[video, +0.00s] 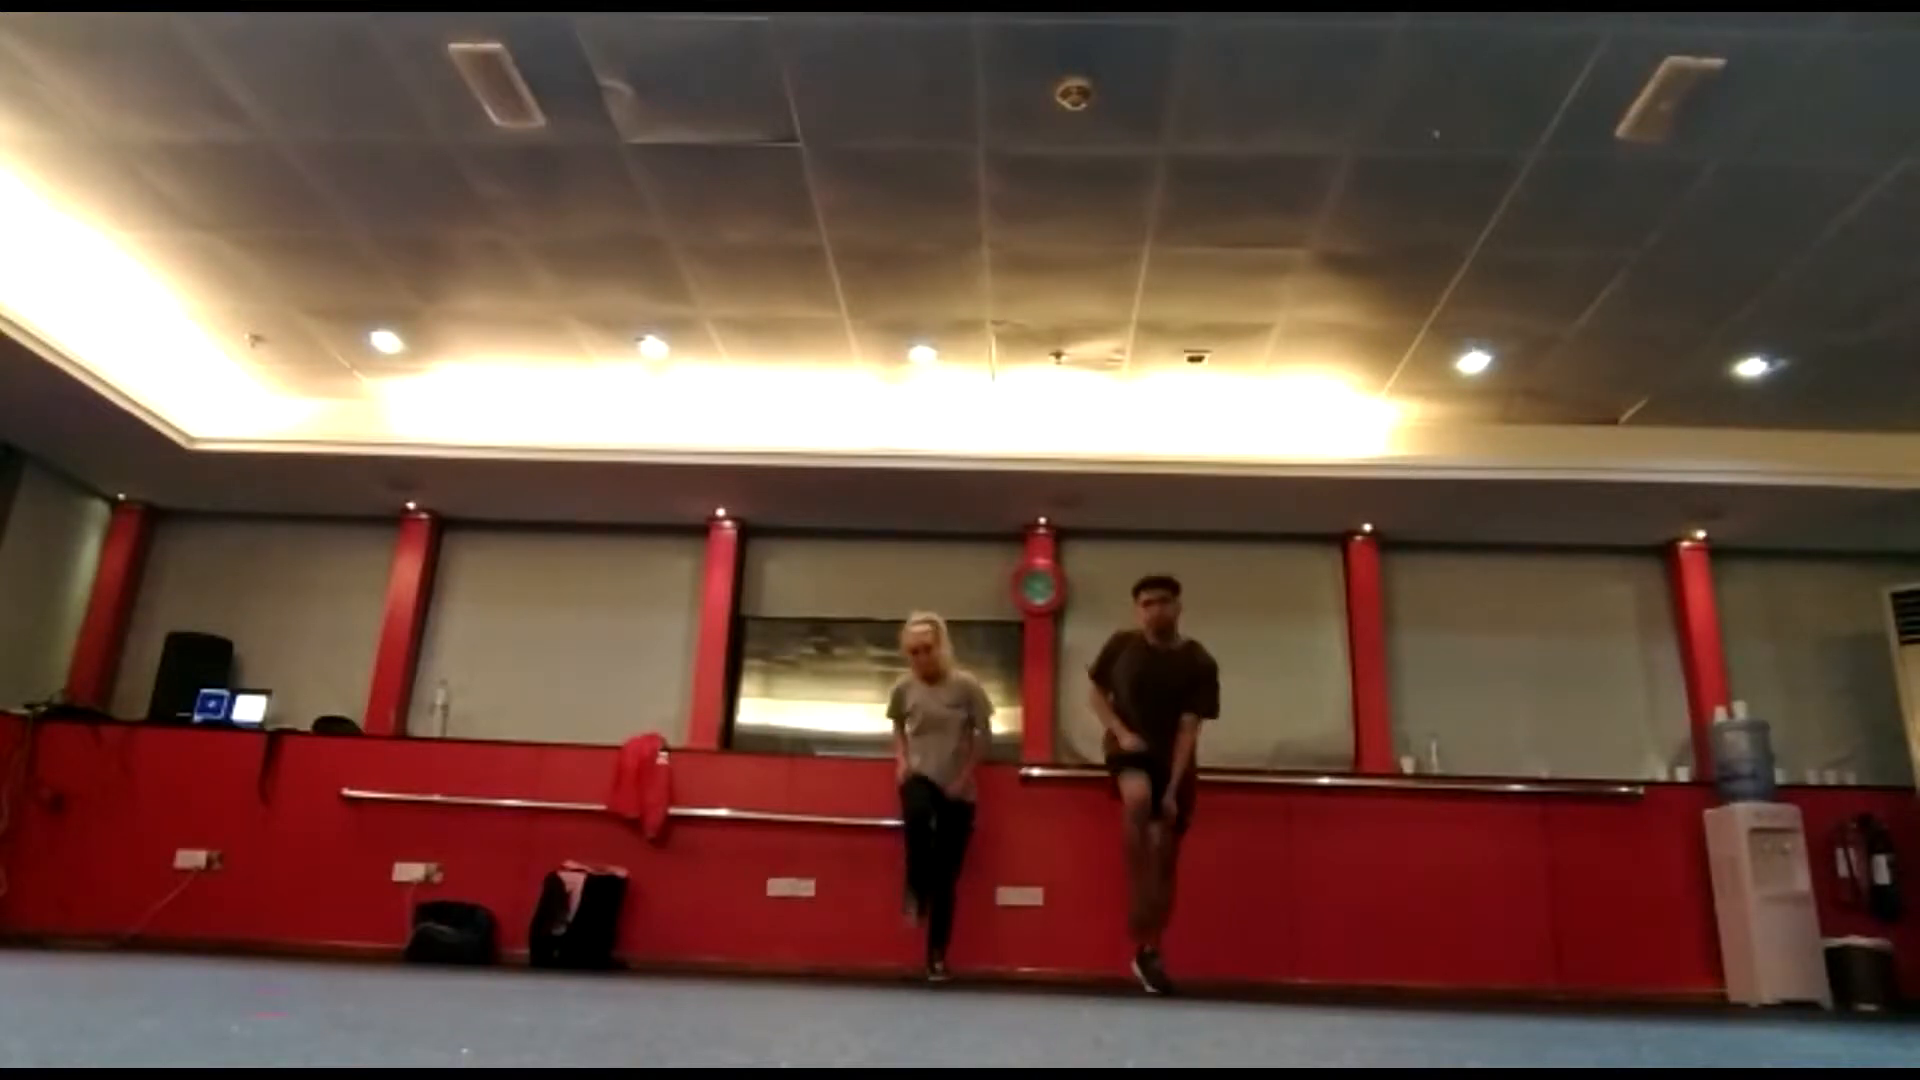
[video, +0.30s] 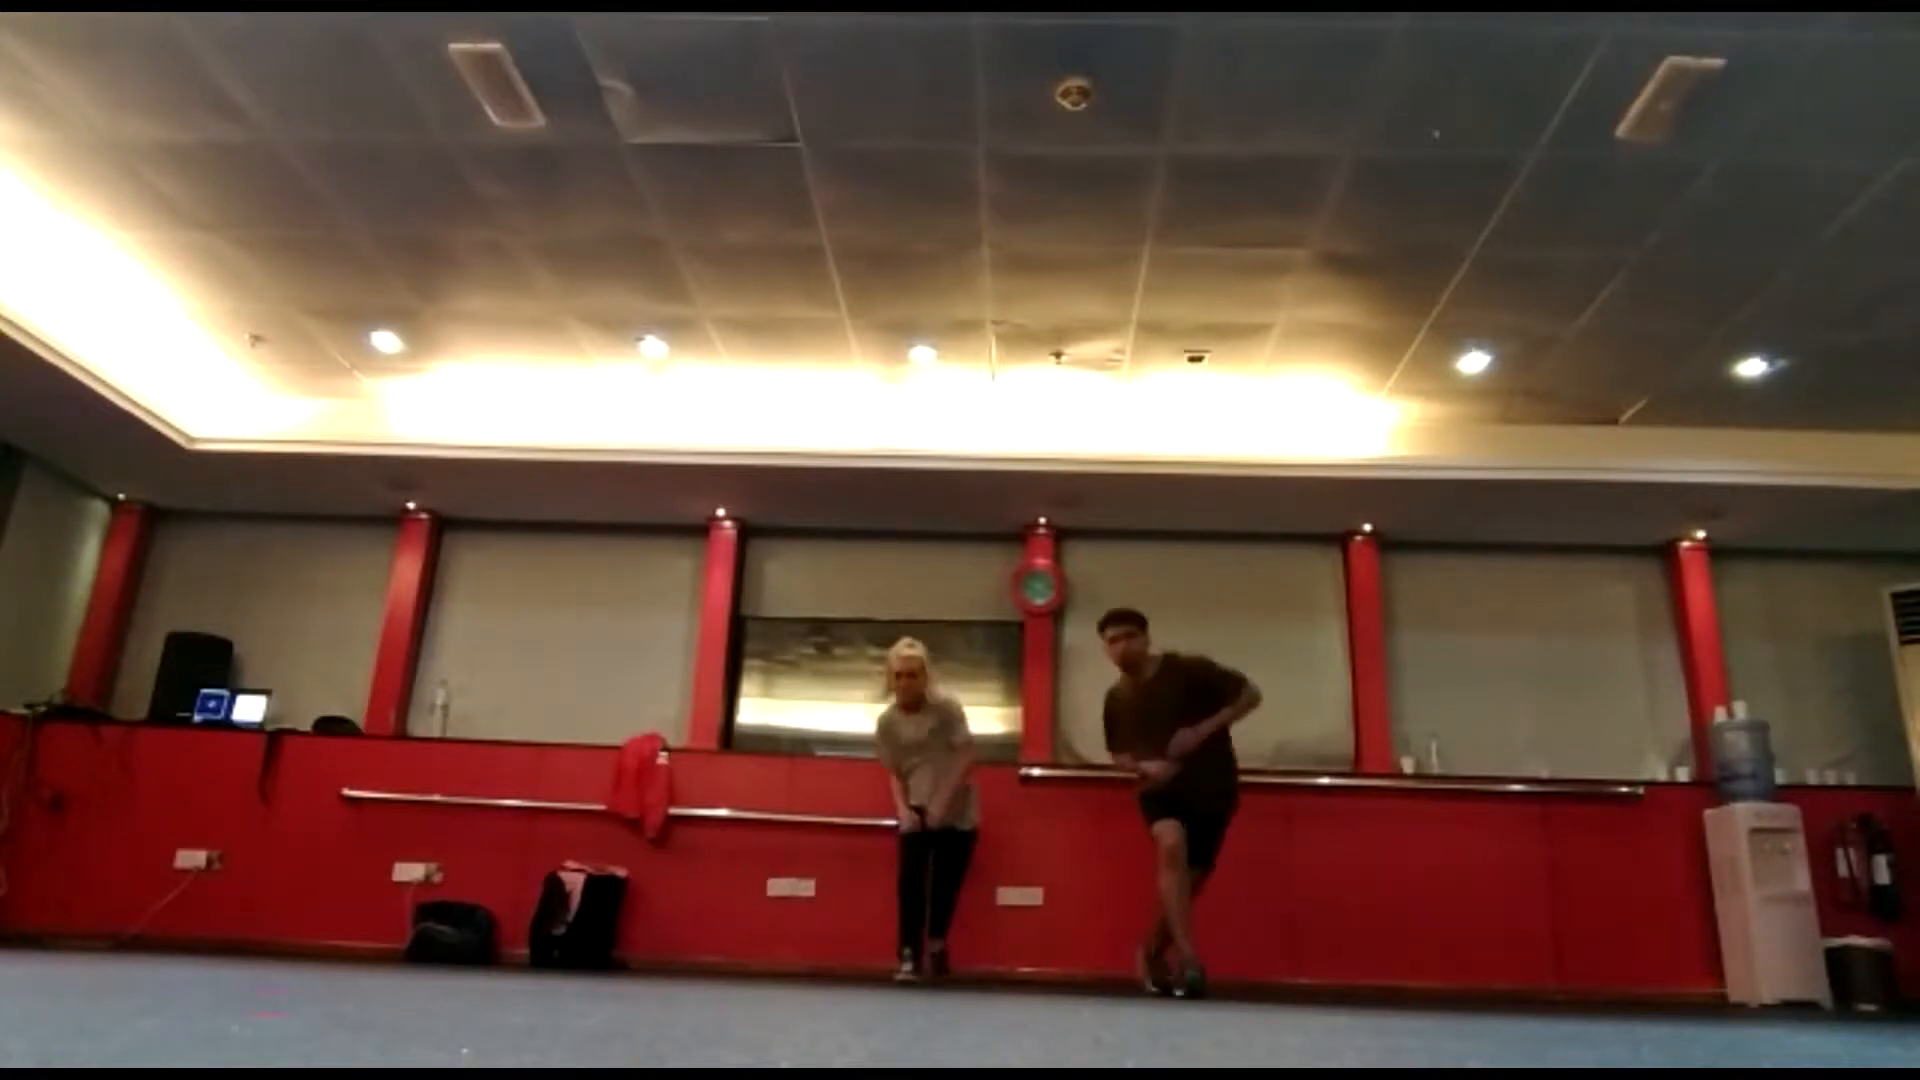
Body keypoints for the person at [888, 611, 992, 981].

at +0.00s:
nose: (921, 658)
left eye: (927, 649)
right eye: (914, 651)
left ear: (941, 647)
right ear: (906, 654)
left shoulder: (967, 688)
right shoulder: (903, 691)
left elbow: (982, 738)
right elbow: (898, 728)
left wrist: (965, 777)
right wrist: (902, 760)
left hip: (955, 786)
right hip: (918, 779)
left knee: (945, 874)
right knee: (917, 817)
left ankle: (937, 955)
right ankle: (917, 890)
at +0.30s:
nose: (906, 683)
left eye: (913, 675)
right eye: (899, 676)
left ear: (926, 676)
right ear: (890, 679)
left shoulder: (947, 710)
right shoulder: (887, 722)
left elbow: (967, 754)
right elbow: (894, 771)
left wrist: (942, 801)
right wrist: (903, 809)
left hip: (955, 814)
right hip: (916, 814)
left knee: (945, 884)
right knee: (910, 884)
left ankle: (936, 946)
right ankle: (908, 953)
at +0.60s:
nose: (921, 629)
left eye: (929, 621)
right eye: (915, 620)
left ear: (942, 624)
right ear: (902, 622)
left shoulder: (956, 664)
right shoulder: (883, 661)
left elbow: (1007, 678)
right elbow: (823, 658)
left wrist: (1055, 667)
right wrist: (781, 630)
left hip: (947, 776)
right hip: (902, 777)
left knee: (933, 857)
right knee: (907, 864)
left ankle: (934, 942)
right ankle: (909, 949)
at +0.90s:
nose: (918, 698)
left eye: (927, 689)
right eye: (911, 688)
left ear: (940, 691)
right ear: (899, 688)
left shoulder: (948, 733)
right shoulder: (883, 727)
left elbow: (936, 796)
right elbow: (881, 793)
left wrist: (924, 855)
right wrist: (884, 851)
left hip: (939, 811)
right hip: (901, 813)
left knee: (914, 872)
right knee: (896, 873)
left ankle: (916, 956)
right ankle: (903, 952)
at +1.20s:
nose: (929, 617)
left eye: (936, 608)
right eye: (922, 608)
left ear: (951, 611)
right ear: (910, 609)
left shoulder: (955, 673)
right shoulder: (896, 641)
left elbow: (961, 740)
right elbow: (844, 616)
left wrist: (953, 692)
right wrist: (895, 637)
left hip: (933, 782)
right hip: (887, 777)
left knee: (925, 873)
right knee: (878, 863)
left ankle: (920, 957)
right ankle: (923, 831)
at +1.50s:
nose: (890, 646)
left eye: (898, 637)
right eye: (882, 636)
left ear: (911, 643)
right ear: (869, 643)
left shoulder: (928, 689)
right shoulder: (859, 696)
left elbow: (926, 752)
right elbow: (828, 738)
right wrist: (823, 744)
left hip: (941, 797)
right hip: (889, 797)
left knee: (959, 874)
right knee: (842, 868)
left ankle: (974, 963)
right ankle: (813, 956)